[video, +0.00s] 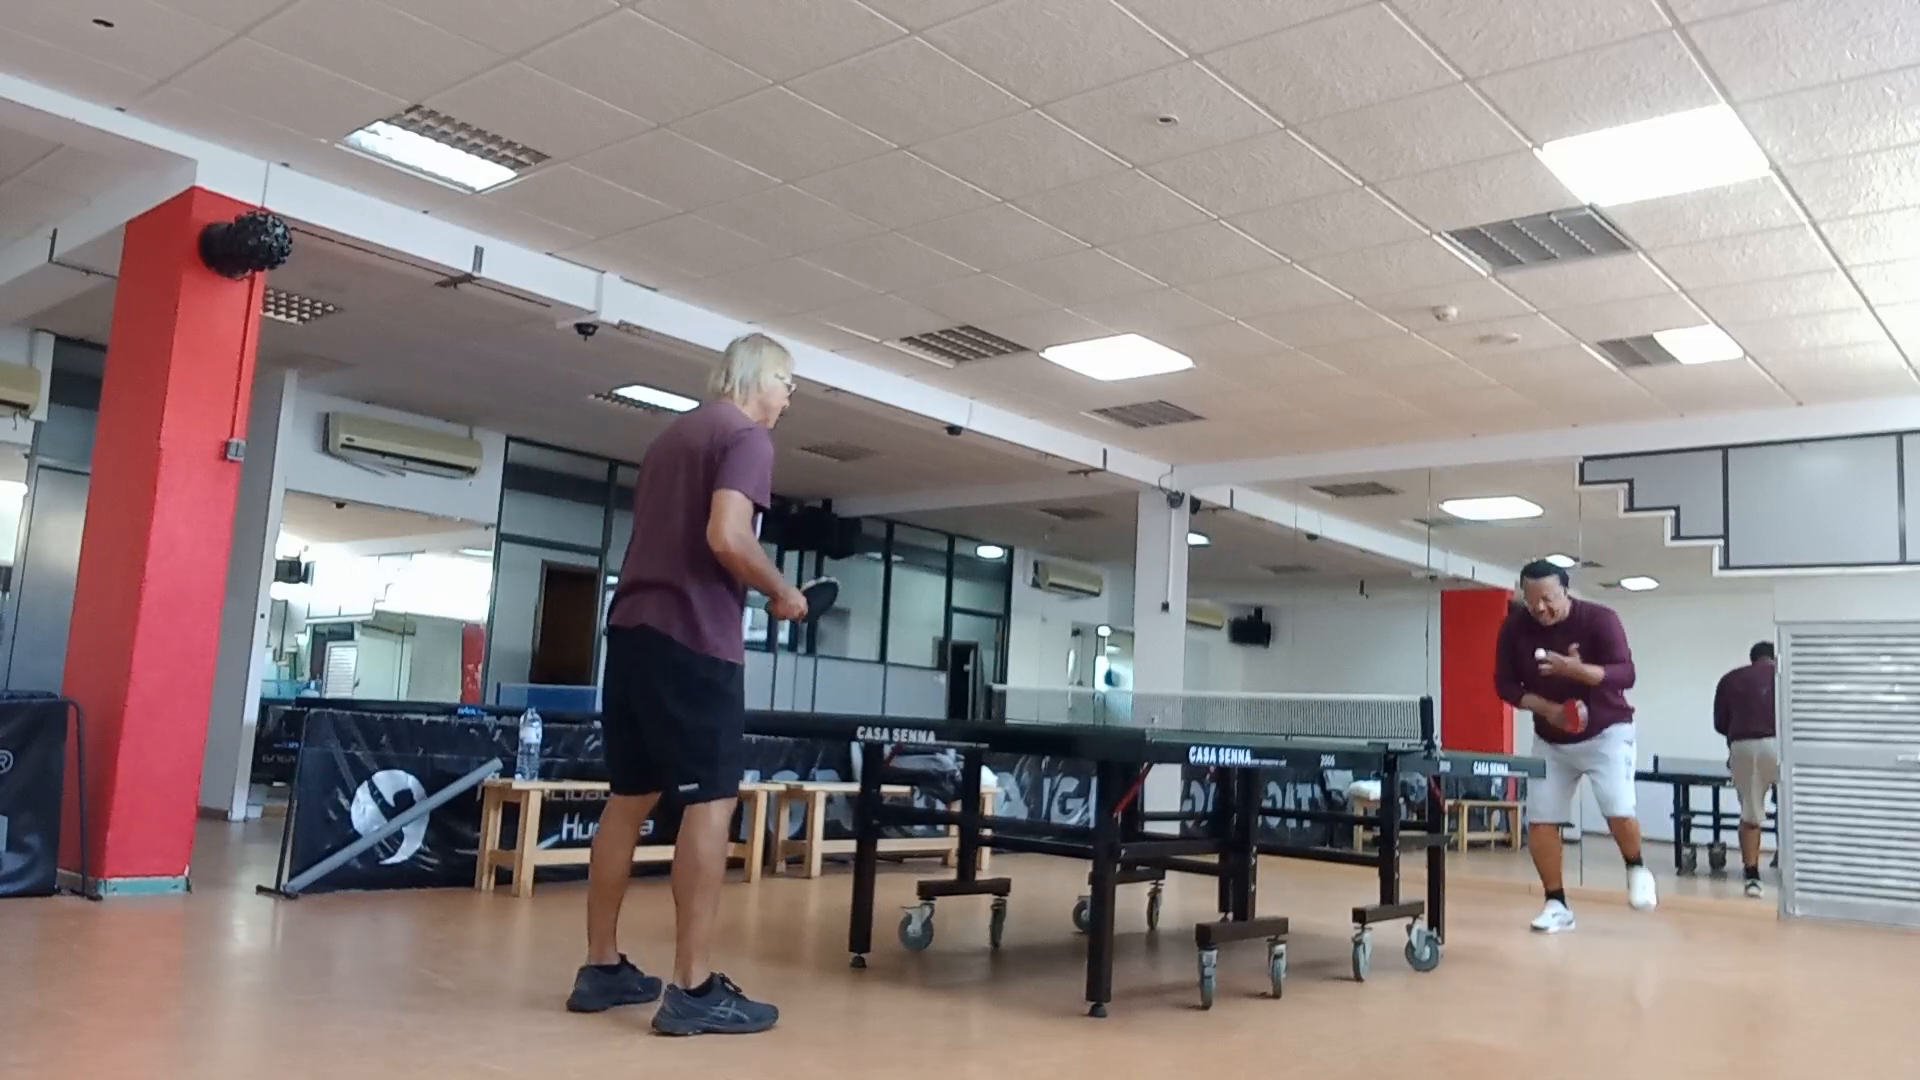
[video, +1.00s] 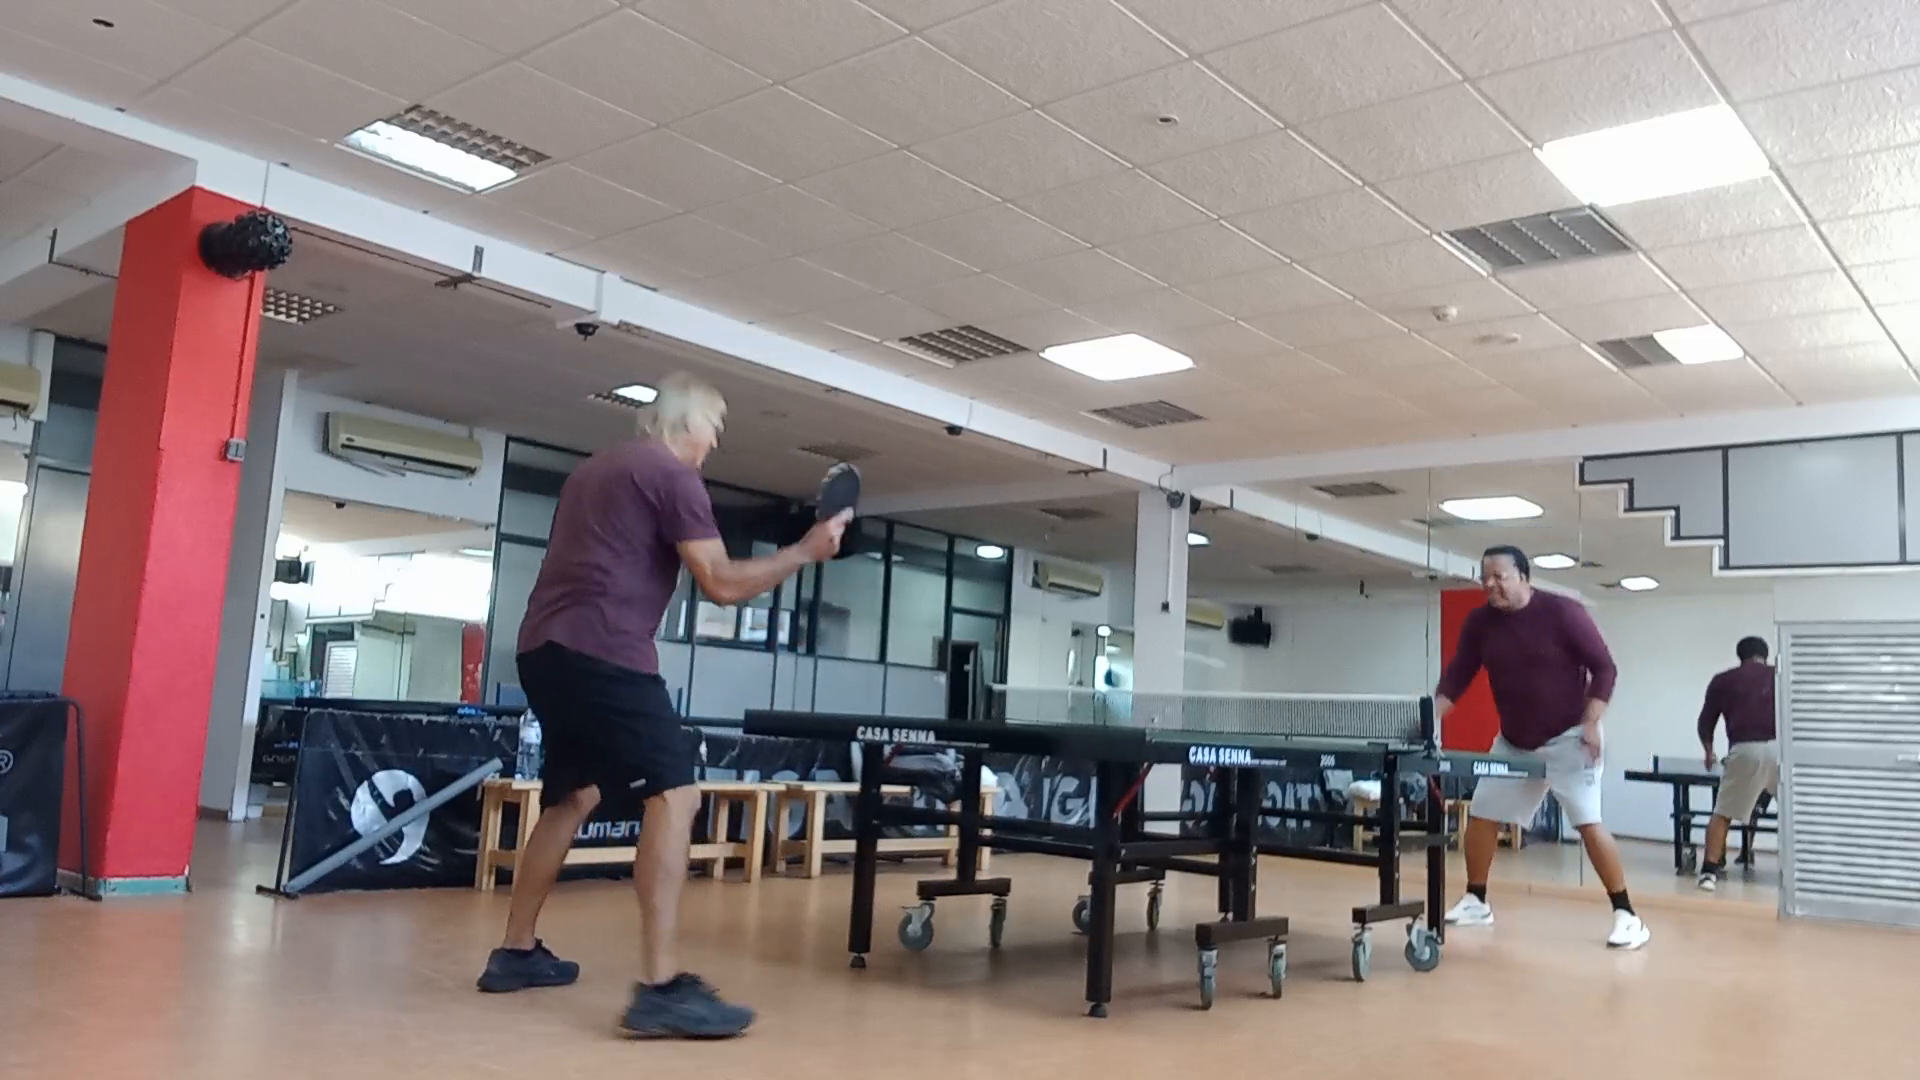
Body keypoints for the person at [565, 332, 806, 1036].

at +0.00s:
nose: (782, 407)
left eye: (785, 395)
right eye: (782, 392)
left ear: (725, 380)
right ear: (758, 383)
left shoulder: (671, 435)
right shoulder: (746, 434)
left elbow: (654, 540)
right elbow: (728, 535)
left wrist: (741, 580)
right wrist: (780, 590)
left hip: (632, 634)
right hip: (694, 642)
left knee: (628, 797)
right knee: (710, 803)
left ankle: (602, 967)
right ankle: (692, 989)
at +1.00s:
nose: (713, 450)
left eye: (716, 438)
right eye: (712, 435)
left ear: (655, 422)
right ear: (686, 426)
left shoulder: (592, 469)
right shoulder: (672, 473)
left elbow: (579, 571)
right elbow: (722, 582)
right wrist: (805, 552)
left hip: (543, 649)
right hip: (606, 653)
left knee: (575, 793)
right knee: (675, 790)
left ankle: (515, 951)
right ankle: (660, 986)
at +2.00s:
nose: (799, 425)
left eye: (799, 409)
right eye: (792, 408)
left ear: (745, 410)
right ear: (754, 410)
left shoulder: (723, 483)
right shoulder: (682, 483)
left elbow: (711, 593)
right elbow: (704, 628)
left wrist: (728, 671)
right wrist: (773, 659)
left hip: (624, 673)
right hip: (589, 669)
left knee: (639, 814)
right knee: (697, 811)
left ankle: (498, 924)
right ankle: (688, 1023)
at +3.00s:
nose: (627, 338)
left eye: (630, 323)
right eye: (626, 322)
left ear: (554, 311)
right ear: (597, 319)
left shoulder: (487, 369)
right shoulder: (573, 379)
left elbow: (437, 507)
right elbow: (559, 511)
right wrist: (641, 596)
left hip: (395, 610)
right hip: (466, 628)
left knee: (373, 812)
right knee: (480, 820)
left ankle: (285, 1009)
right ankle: (408, 1047)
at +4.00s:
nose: (854, 419)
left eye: (849, 411)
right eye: (856, 409)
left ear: (781, 387)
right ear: (843, 403)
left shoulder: (706, 426)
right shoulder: (840, 440)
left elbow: (629, 540)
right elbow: (935, 524)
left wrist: (697, 577)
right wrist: (981, 549)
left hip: (635, 622)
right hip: (736, 631)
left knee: (588, 800)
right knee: (793, 815)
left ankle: (467, 978)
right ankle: (785, 1033)